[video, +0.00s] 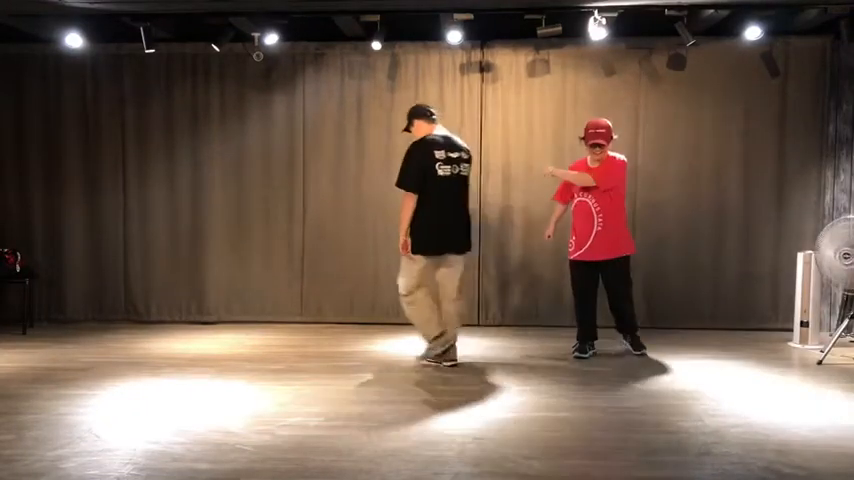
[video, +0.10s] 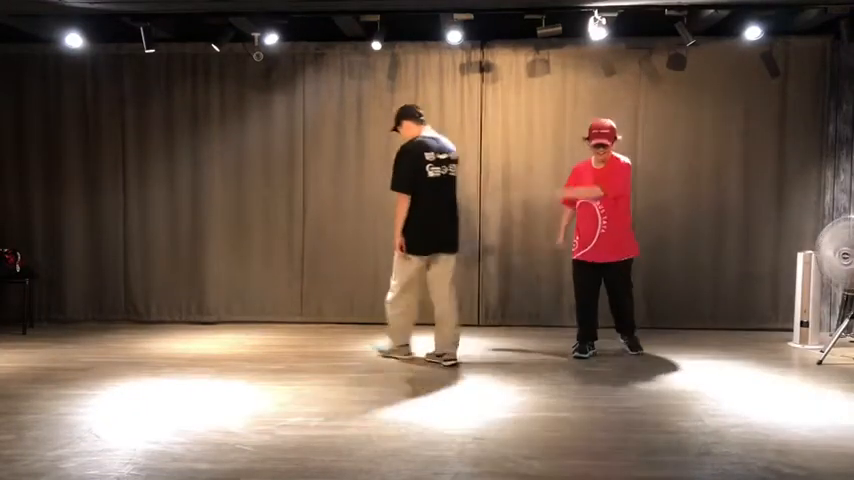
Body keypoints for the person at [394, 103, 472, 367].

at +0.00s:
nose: (412, 135)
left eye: (411, 130)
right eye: (411, 131)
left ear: (417, 123)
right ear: (435, 120)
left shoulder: (421, 147)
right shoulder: (462, 148)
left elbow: (411, 194)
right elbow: (460, 193)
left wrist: (403, 231)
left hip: (425, 233)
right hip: (457, 233)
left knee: (411, 287)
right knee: (450, 293)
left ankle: (437, 339)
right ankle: (448, 351)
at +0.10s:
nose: (400, 136)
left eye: (399, 131)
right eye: (399, 131)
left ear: (406, 125)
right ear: (423, 121)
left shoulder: (410, 149)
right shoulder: (448, 148)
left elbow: (404, 197)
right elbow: (445, 193)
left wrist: (398, 233)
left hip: (416, 235)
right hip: (446, 235)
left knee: (401, 292)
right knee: (444, 295)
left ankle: (399, 344)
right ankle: (446, 350)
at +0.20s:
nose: (388, 138)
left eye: (387, 132)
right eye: (386, 133)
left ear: (394, 127)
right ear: (411, 124)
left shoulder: (398, 153)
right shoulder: (435, 150)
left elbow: (393, 201)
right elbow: (427, 194)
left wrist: (390, 235)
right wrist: (394, 213)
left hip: (407, 235)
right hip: (436, 234)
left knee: (395, 291)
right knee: (439, 295)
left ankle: (379, 337)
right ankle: (446, 350)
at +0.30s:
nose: (374, 138)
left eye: (373, 132)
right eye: (372, 133)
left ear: (381, 128)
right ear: (395, 125)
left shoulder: (384, 154)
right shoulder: (420, 149)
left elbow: (380, 200)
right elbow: (420, 194)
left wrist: (376, 235)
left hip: (394, 234)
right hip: (422, 233)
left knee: (385, 291)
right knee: (427, 291)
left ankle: (377, 339)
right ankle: (443, 344)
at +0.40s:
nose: (360, 136)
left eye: (359, 131)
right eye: (358, 132)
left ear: (367, 127)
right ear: (381, 124)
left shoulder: (371, 154)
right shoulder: (405, 147)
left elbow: (365, 199)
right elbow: (408, 189)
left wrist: (360, 233)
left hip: (379, 231)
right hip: (407, 229)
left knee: (376, 287)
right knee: (408, 280)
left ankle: (377, 340)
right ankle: (429, 324)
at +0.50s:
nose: (349, 136)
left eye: (349, 131)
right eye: (348, 131)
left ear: (356, 126)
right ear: (369, 123)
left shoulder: (360, 152)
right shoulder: (395, 147)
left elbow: (349, 196)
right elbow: (394, 190)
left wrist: (340, 228)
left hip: (367, 229)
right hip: (393, 226)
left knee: (368, 285)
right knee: (385, 276)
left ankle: (377, 339)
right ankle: (405, 316)